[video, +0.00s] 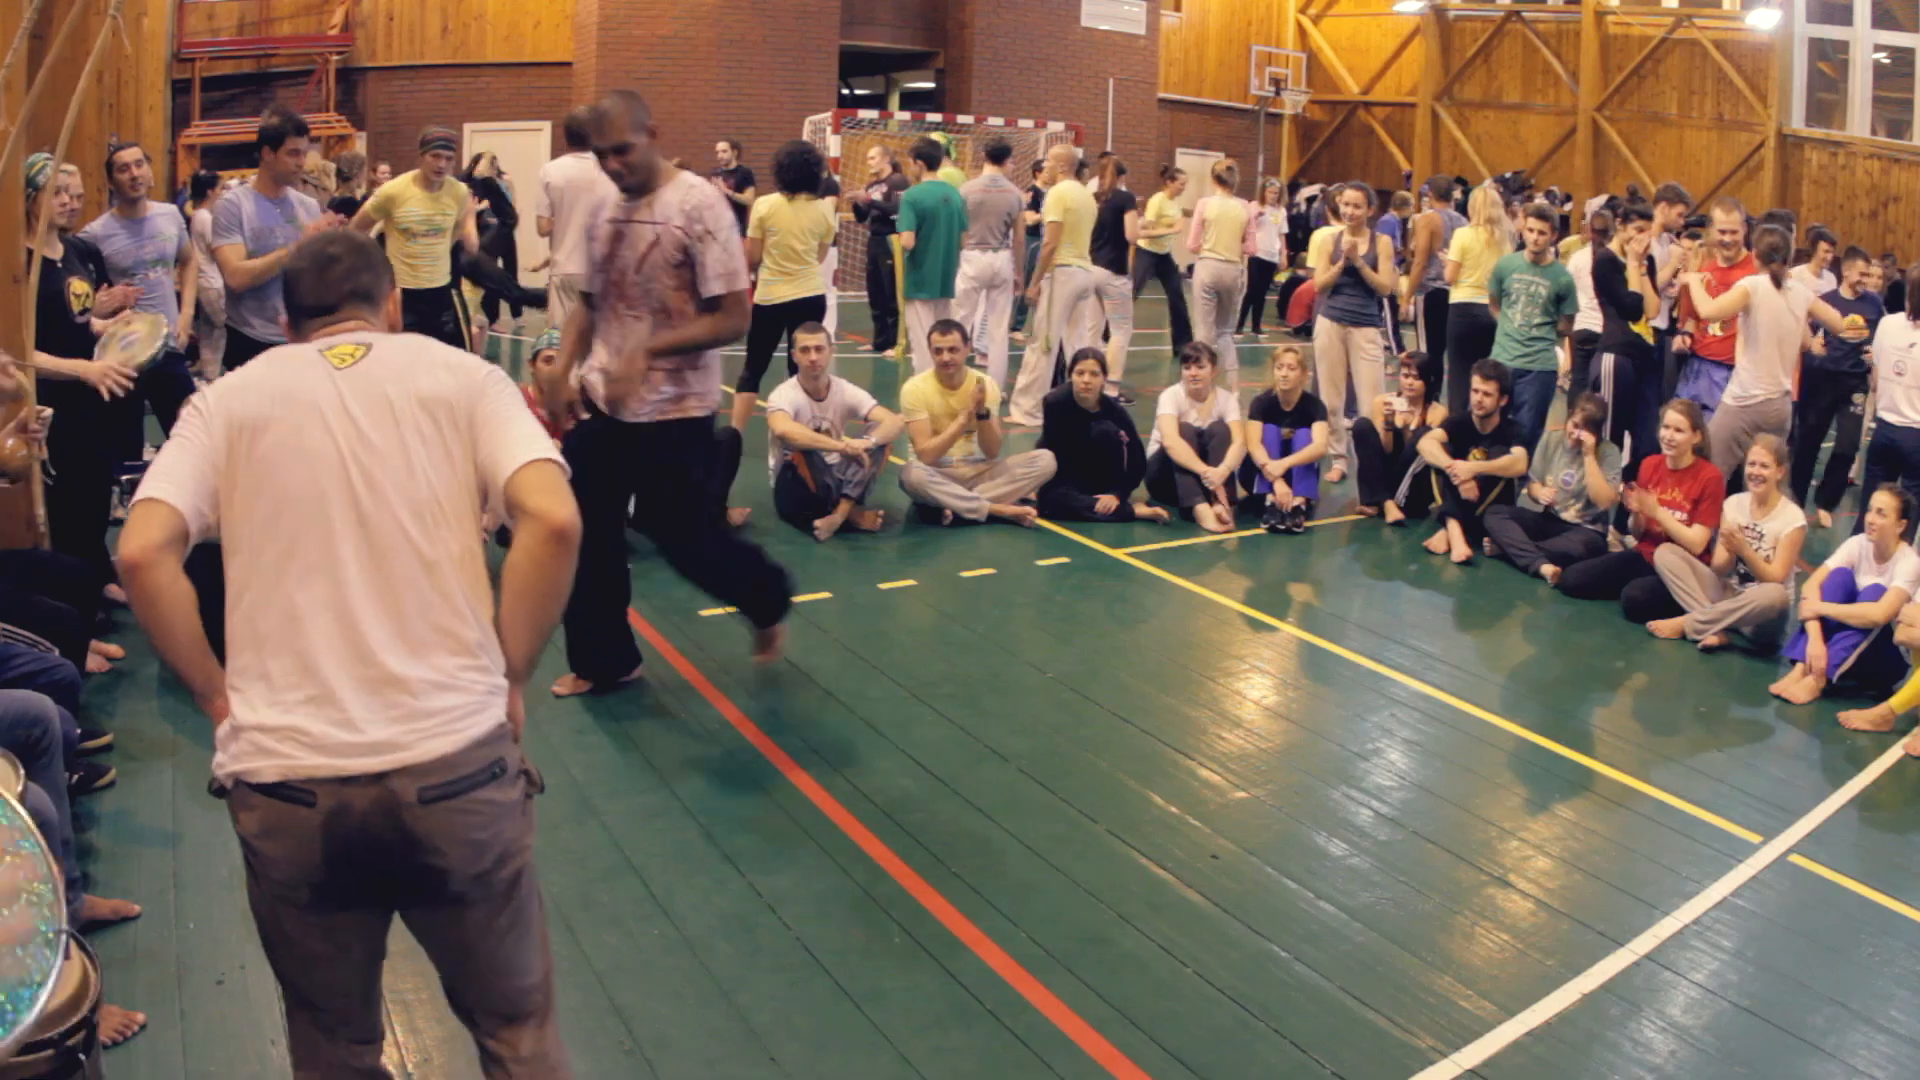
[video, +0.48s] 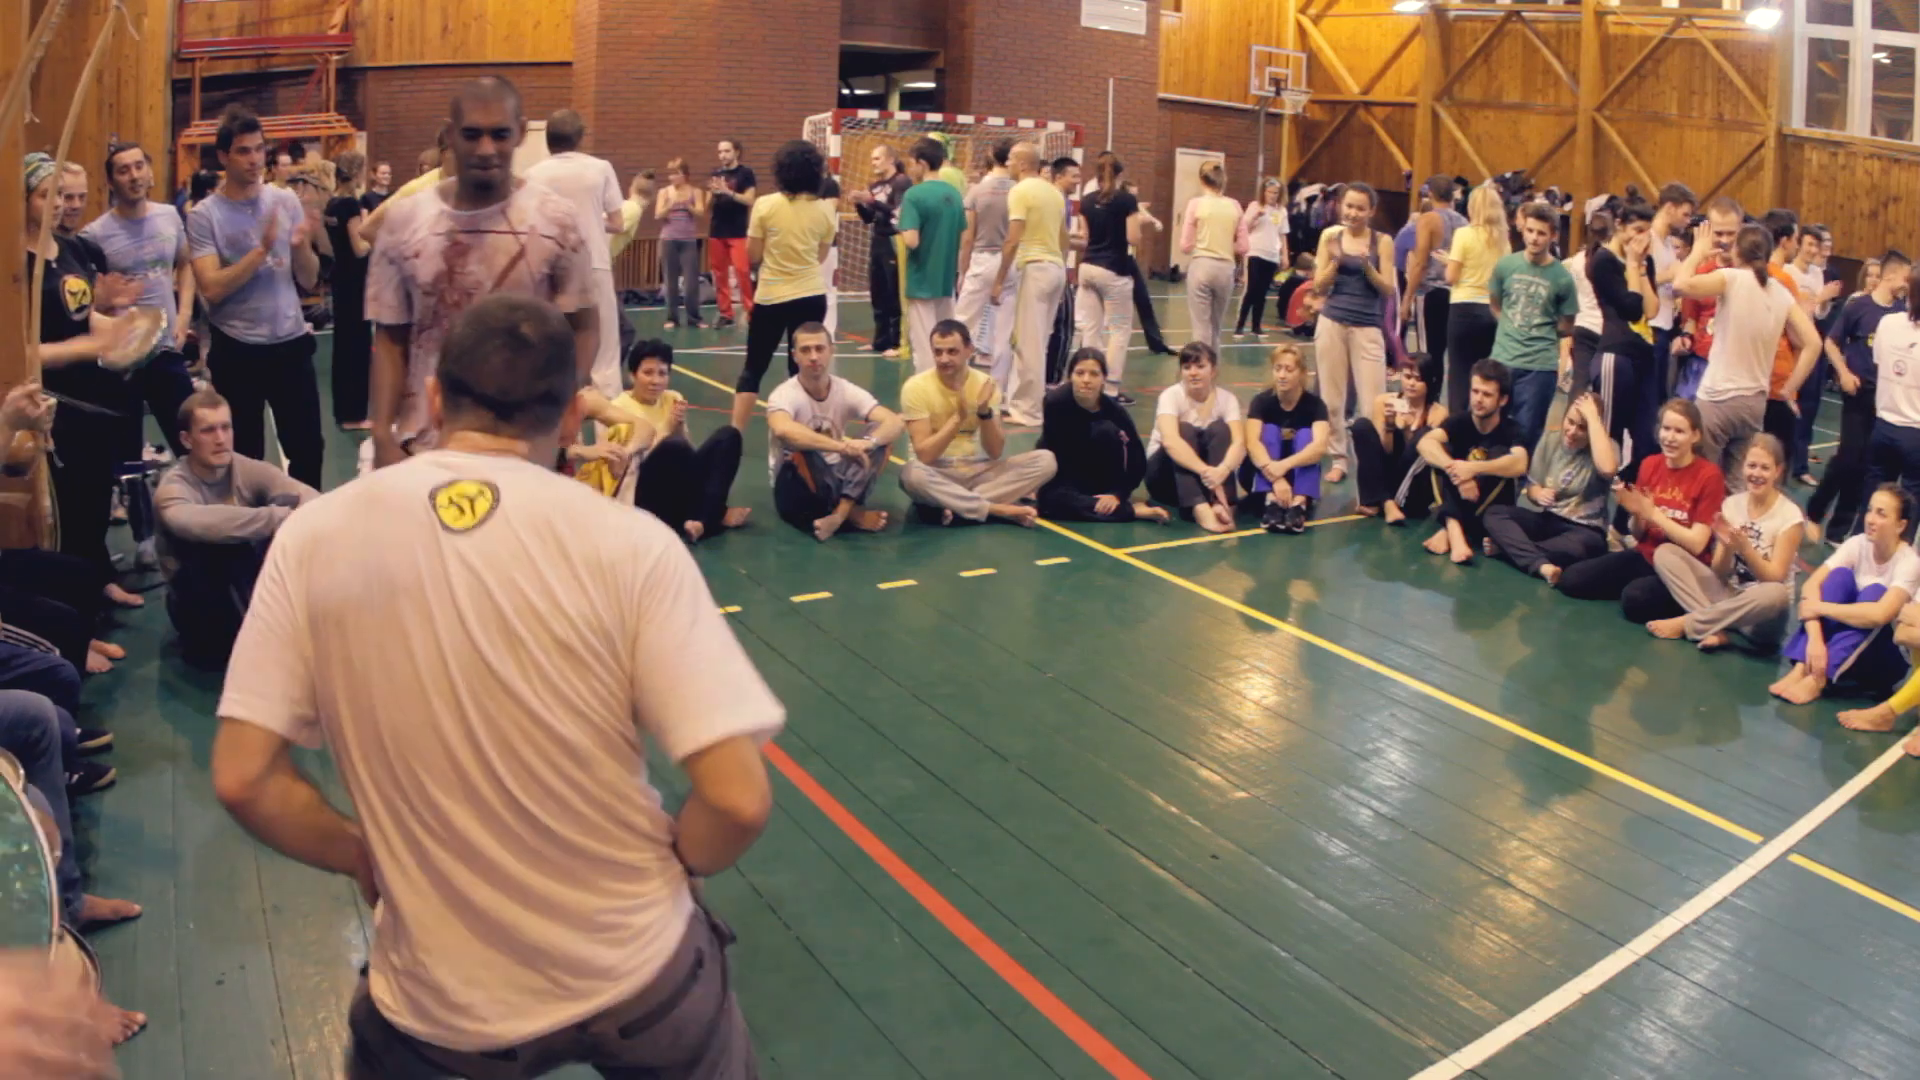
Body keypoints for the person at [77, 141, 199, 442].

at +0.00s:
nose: (134, 174)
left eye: (139, 165)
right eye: (124, 169)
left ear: (150, 171)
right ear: (111, 181)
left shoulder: (171, 215)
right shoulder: (94, 235)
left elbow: (189, 262)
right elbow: (80, 295)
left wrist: (186, 316)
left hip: (169, 348)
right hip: (121, 354)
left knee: (190, 439)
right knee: (126, 453)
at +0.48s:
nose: (134, 175)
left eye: (139, 166)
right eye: (124, 170)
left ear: (150, 172)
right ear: (111, 181)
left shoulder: (169, 216)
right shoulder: (94, 235)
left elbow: (184, 264)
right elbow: (86, 297)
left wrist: (184, 317)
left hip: (166, 348)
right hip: (119, 355)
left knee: (191, 440)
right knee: (124, 453)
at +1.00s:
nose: (134, 178)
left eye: (139, 168)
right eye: (124, 172)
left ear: (150, 174)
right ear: (111, 181)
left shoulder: (169, 216)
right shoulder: (93, 235)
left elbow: (182, 269)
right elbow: (86, 292)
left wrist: (183, 320)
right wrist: (104, 326)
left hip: (167, 351)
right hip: (119, 355)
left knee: (192, 441)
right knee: (125, 452)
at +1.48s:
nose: (135, 179)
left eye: (140, 170)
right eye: (125, 173)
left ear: (150, 175)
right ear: (111, 183)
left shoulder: (169, 216)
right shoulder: (94, 235)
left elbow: (184, 267)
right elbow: (89, 292)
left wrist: (185, 315)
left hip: (167, 335)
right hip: (122, 341)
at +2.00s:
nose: (134, 179)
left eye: (140, 170)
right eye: (124, 173)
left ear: (150, 174)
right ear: (111, 181)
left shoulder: (169, 216)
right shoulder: (93, 236)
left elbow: (183, 270)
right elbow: (88, 300)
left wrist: (183, 320)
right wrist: (112, 324)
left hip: (168, 351)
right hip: (120, 356)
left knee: (192, 442)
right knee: (126, 452)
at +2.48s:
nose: (133, 179)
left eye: (138, 169)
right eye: (123, 173)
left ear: (149, 173)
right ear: (110, 182)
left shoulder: (168, 215)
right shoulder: (94, 235)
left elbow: (182, 269)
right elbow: (89, 298)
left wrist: (185, 315)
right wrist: (115, 327)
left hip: (169, 342)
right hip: (121, 348)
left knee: (191, 439)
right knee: (126, 450)